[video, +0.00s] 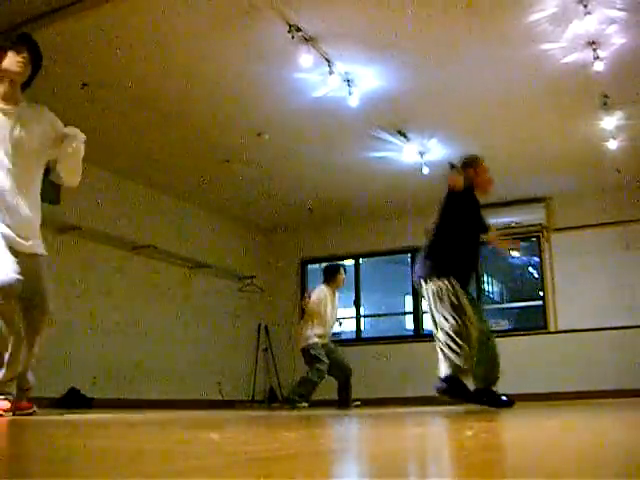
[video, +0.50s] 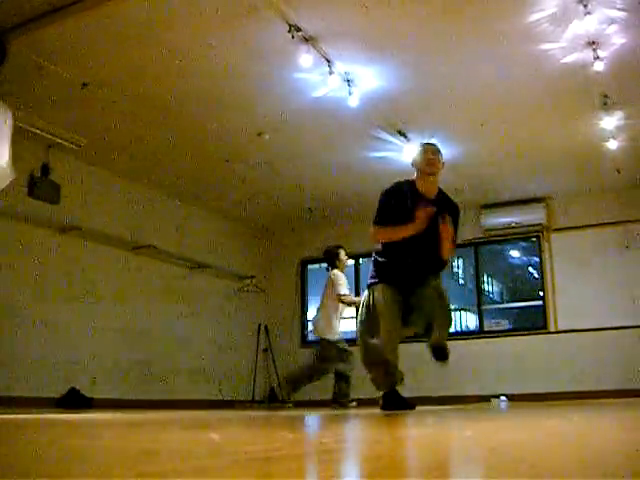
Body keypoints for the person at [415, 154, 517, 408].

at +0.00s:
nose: (489, 178)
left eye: (487, 172)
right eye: (484, 172)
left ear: (476, 174)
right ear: (472, 174)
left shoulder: (469, 204)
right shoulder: (461, 196)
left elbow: (482, 234)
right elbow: (456, 182)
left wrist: (501, 242)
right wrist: (455, 179)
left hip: (450, 275)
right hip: (438, 273)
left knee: (478, 330)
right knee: (459, 326)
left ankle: (483, 386)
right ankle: (450, 378)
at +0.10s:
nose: (475, 158)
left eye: (474, 154)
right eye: (470, 154)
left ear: (459, 160)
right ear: (457, 158)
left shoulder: (463, 195)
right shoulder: (444, 179)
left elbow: (499, 213)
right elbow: (473, 164)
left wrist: (538, 222)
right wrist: (502, 158)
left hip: (437, 259)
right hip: (423, 256)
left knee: (462, 317)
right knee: (451, 309)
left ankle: (463, 381)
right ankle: (425, 359)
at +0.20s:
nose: (460, 159)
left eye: (460, 154)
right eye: (452, 154)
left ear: (460, 158)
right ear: (438, 159)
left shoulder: (457, 193)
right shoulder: (429, 181)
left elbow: (491, 208)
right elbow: (468, 178)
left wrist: (516, 199)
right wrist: (511, 161)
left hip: (439, 266)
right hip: (414, 262)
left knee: (453, 331)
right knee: (439, 305)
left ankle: (426, 375)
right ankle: (410, 360)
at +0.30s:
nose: (451, 165)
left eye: (451, 161)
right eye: (444, 160)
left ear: (448, 167)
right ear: (427, 166)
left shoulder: (447, 201)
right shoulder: (419, 191)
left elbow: (476, 216)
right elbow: (447, 213)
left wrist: (483, 183)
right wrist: (471, 190)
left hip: (434, 277)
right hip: (411, 274)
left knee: (430, 334)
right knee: (415, 329)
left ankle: (413, 390)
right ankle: (399, 389)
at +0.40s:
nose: (439, 164)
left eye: (442, 159)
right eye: (432, 159)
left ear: (447, 163)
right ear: (420, 163)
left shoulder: (455, 199)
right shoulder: (407, 191)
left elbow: (463, 235)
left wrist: (453, 206)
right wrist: (440, 211)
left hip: (430, 278)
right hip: (398, 274)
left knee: (436, 336)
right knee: (400, 331)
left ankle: (421, 373)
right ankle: (392, 390)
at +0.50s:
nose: (431, 161)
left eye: (436, 157)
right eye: (426, 156)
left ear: (442, 164)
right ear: (415, 162)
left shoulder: (448, 206)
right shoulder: (395, 194)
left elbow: (446, 255)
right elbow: (377, 234)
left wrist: (445, 234)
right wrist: (415, 226)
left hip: (426, 273)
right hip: (389, 272)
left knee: (435, 303)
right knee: (385, 328)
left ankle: (438, 341)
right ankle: (389, 391)